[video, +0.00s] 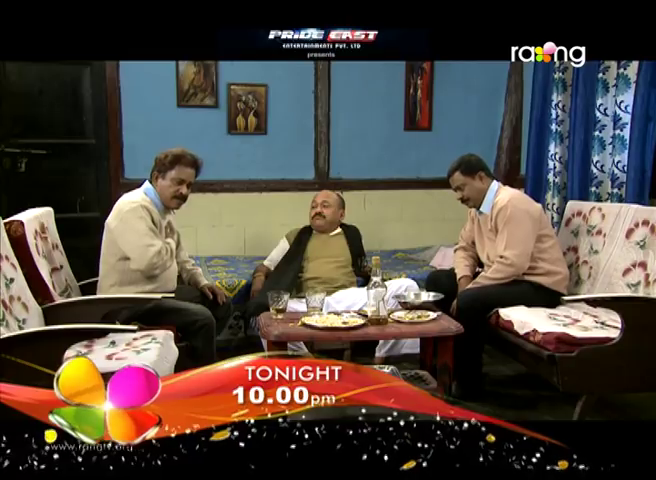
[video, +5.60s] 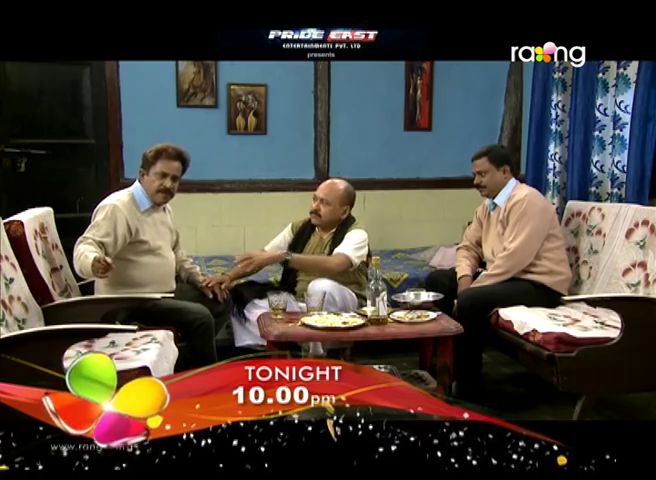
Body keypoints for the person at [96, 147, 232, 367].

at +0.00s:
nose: (184, 191)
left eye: (189, 186)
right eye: (178, 183)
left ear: (192, 188)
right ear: (157, 178)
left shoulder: (162, 215)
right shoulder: (132, 208)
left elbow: (181, 259)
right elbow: (149, 262)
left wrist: (203, 283)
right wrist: (170, 244)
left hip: (155, 296)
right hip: (127, 304)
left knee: (218, 304)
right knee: (201, 319)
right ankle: (204, 386)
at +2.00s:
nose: (160, 183)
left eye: (164, 178)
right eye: (153, 175)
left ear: (168, 181)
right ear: (132, 176)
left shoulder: (151, 212)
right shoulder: (111, 206)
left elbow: (174, 257)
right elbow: (148, 240)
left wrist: (200, 281)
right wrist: (165, 218)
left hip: (159, 294)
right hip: (126, 302)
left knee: (218, 303)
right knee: (200, 318)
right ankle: (204, 384)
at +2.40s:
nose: (159, 178)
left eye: (162, 173)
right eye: (151, 171)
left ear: (164, 178)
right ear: (129, 175)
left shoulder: (144, 210)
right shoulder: (110, 203)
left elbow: (170, 256)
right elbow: (121, 240)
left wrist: (199, 280)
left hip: (157, 293)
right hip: (126, 301)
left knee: (218, 302)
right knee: (201, 317)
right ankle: (203, 383)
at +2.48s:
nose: (160, 177)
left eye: (163, 173)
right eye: (152, 170)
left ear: (166, 177)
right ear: (131, 175)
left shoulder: (146, 211)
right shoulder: (112, 202)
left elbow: (168, 255)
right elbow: (112, 226)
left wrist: (199, 280)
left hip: (159, 293)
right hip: (126, 302)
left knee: (218, 302)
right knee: (201, 318)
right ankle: (204, 382)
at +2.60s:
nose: (159, 182)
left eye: (164, 177)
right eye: (152, 174)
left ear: (168, 181)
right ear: (132, 175)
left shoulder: (151, 213)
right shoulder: (108, 206)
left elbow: (172, 256)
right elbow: (86, 237)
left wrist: (200, 280)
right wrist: (62, 235)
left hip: (161, 295)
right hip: (127, 304)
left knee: (219, 303)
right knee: (199, 318)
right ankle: (203, 383)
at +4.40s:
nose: (171, 186)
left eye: (177, 181)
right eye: (164, 178)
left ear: (182, 185)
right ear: (146, 176)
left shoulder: (166, 212)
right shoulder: (118, 207)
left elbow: (176, 256)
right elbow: (87, 245)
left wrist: (200, 279)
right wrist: (86, 262)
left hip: (164, 298)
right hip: (128, 305)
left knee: (218, 301)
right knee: (199, 318)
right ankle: (205, 384)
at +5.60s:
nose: (168, 184)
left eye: (175, 179)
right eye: (162, 176)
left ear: (179, 183)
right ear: (143, 175)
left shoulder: (164, 210)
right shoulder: (117, 207)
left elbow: (177, 256)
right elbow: (85, 248)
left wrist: (201, 279)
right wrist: (94, 262)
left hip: (164, 295)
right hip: (128, 304)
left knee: (218, 302)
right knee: (200, 318)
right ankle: (206, 385)